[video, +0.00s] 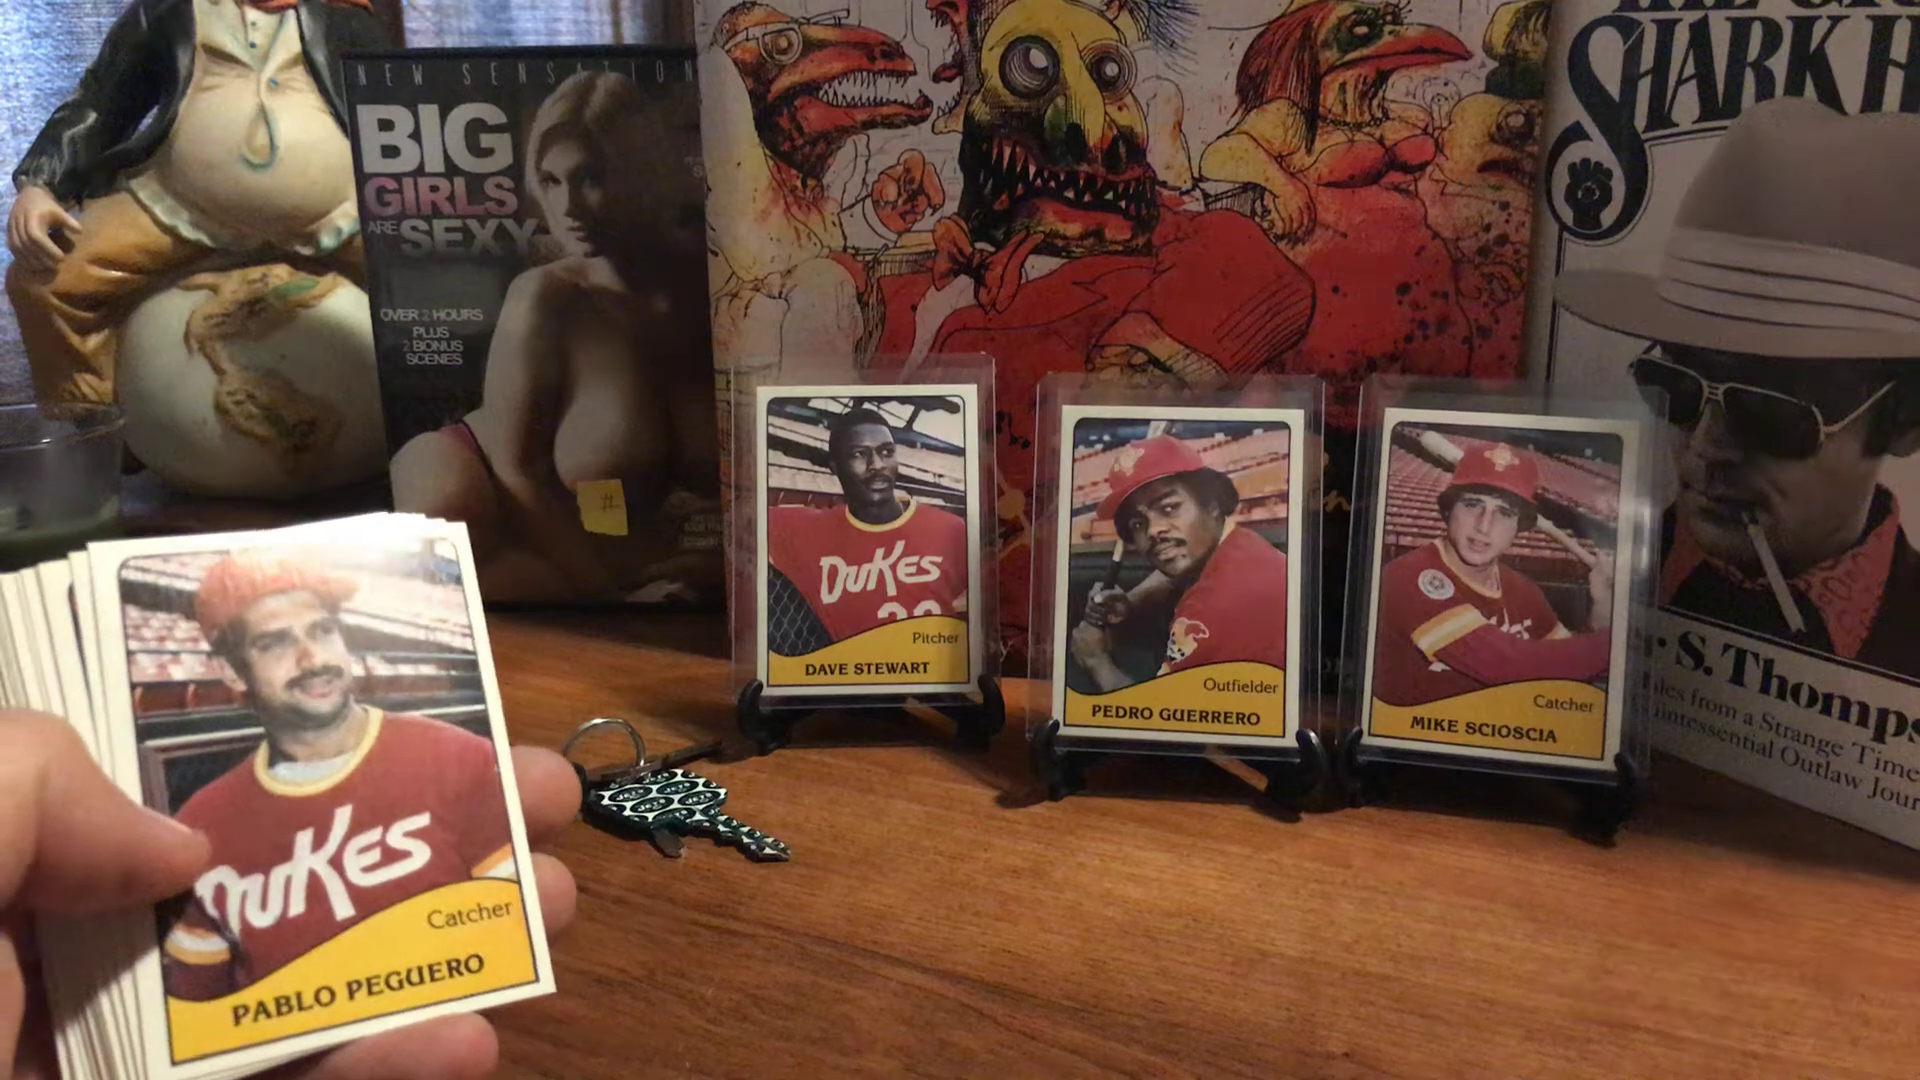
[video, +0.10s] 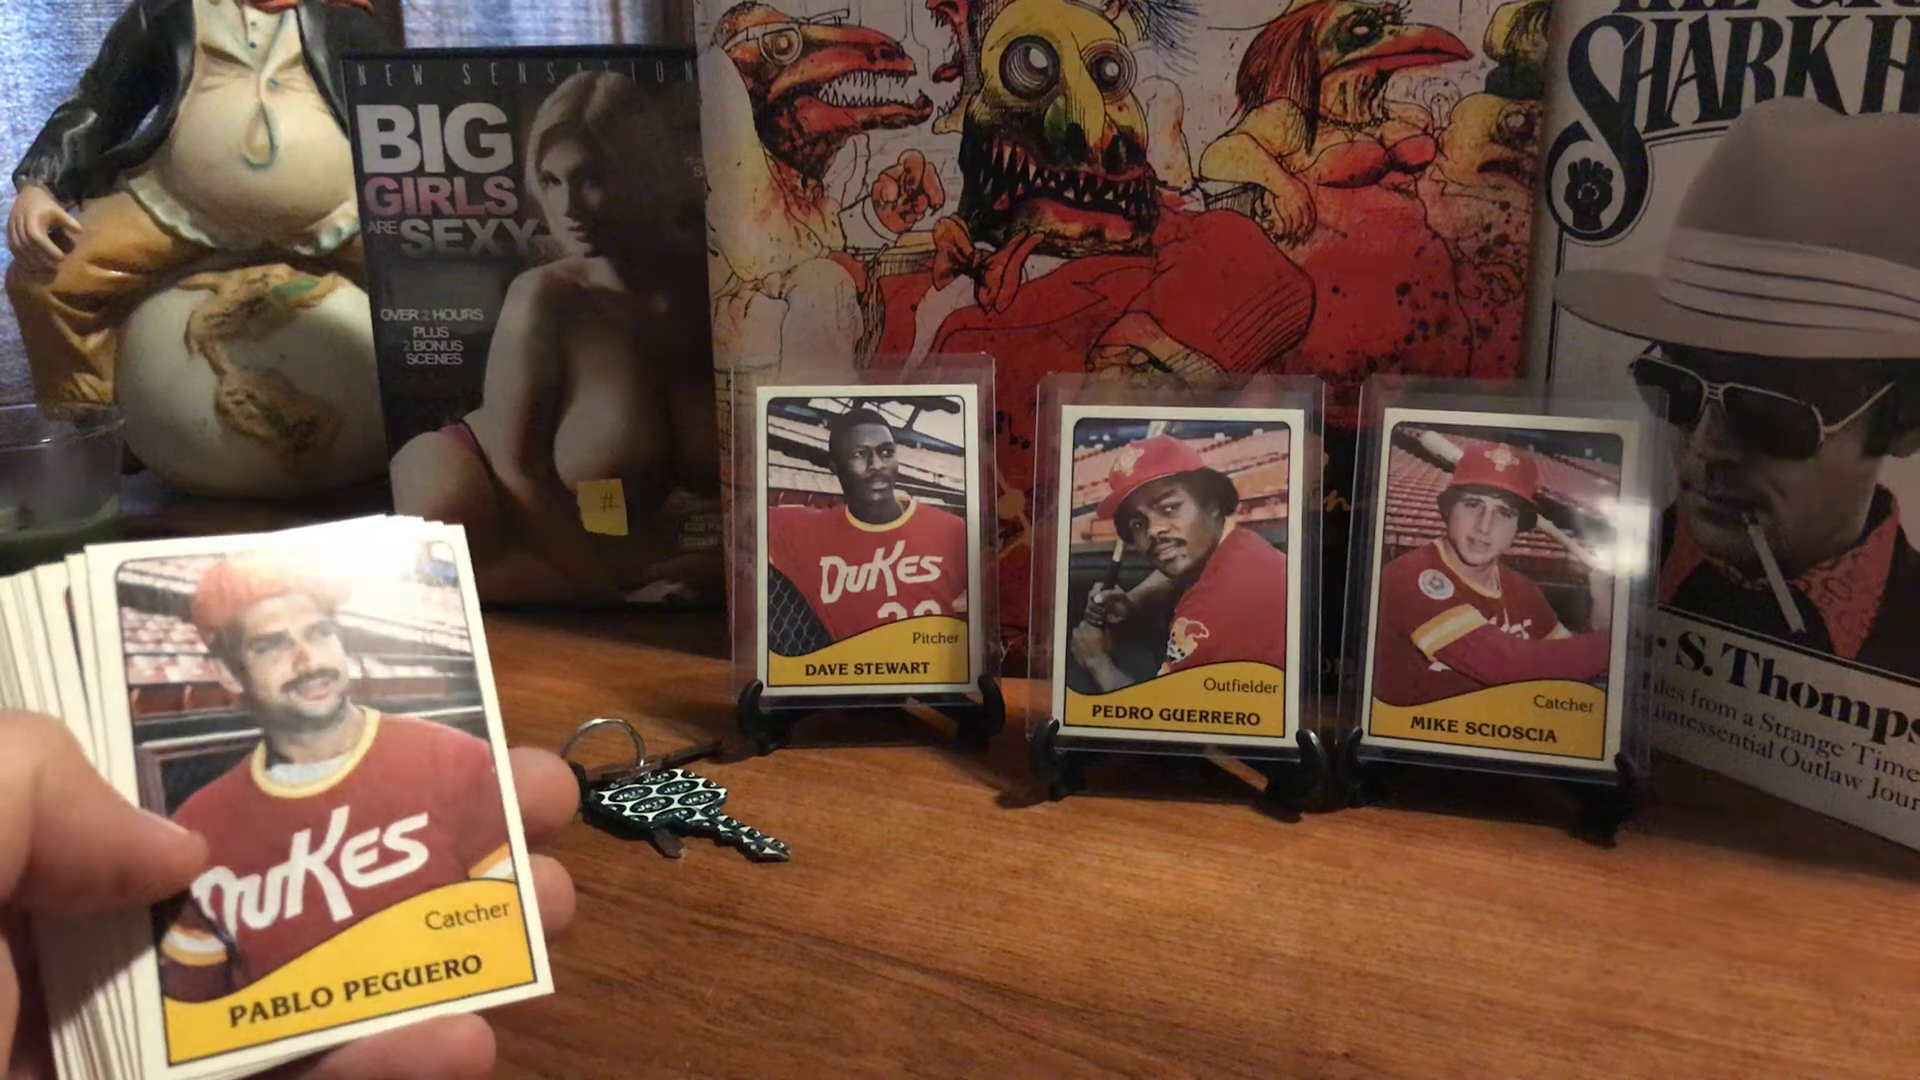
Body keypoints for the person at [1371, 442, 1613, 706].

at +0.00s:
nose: (1484, 525)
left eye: (1504, 513)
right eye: (1473, 504)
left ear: (1519, 528)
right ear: (1449, 509)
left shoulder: (1522, 592)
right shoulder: (1411, 578)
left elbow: (1575, 669)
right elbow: (1502, 663)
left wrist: (1602, 604)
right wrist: (1620, 641)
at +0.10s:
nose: (1484, 525)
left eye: (1504, 513)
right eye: (1473, 505)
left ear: (1518, 527)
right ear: (1448, 508)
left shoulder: (1521, 591)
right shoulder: (1411, 578)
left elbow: (1577, 668)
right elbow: (1503, 664)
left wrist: (1601, 592)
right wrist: (1620, 642)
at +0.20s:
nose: (1484, 525)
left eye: (1503, 513)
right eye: (1473, 505)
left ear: (1518, 527)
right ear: (1448, 508)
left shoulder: (1522, 591)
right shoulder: (1411, 578)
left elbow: (1568, 662)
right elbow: (1503, 664)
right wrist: (1624, 640)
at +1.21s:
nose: (1483, 525)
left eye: (1503, 512)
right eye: (1472, 505)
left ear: (1519, 525)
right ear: (1448, 508)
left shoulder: (1521, 590)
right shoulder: (1411, 578)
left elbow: (1571, 663)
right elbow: (1502, 663)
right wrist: (1620, 643)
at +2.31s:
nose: (1484, 526)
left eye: (1504, 512)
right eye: (1474, 504)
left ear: (1520, 526)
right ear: (1449, 508)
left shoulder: (1522, 590)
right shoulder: (1413, 578)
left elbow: (1576, 669)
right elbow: (1503, 664)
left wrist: (1604, 605)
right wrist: (1617, 643)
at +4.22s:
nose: (1488, 525)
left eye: (1508, 512)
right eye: (1477, 504)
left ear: (1525, 527)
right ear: (1453, 509)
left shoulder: (1527, 591)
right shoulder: (1417, 577)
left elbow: (1579, 671)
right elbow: (1506, 665)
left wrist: (1608, 608)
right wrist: (1614, 644)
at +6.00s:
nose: (1486, 525)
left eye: (1506, 512)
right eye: (1475, 504)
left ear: (1522, 526)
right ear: (1452, 509)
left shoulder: (1525, 591)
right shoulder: (1416, 578)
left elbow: (1578, 676)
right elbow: (1507, 665)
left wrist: (1605, 607)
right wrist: (1624, 640)